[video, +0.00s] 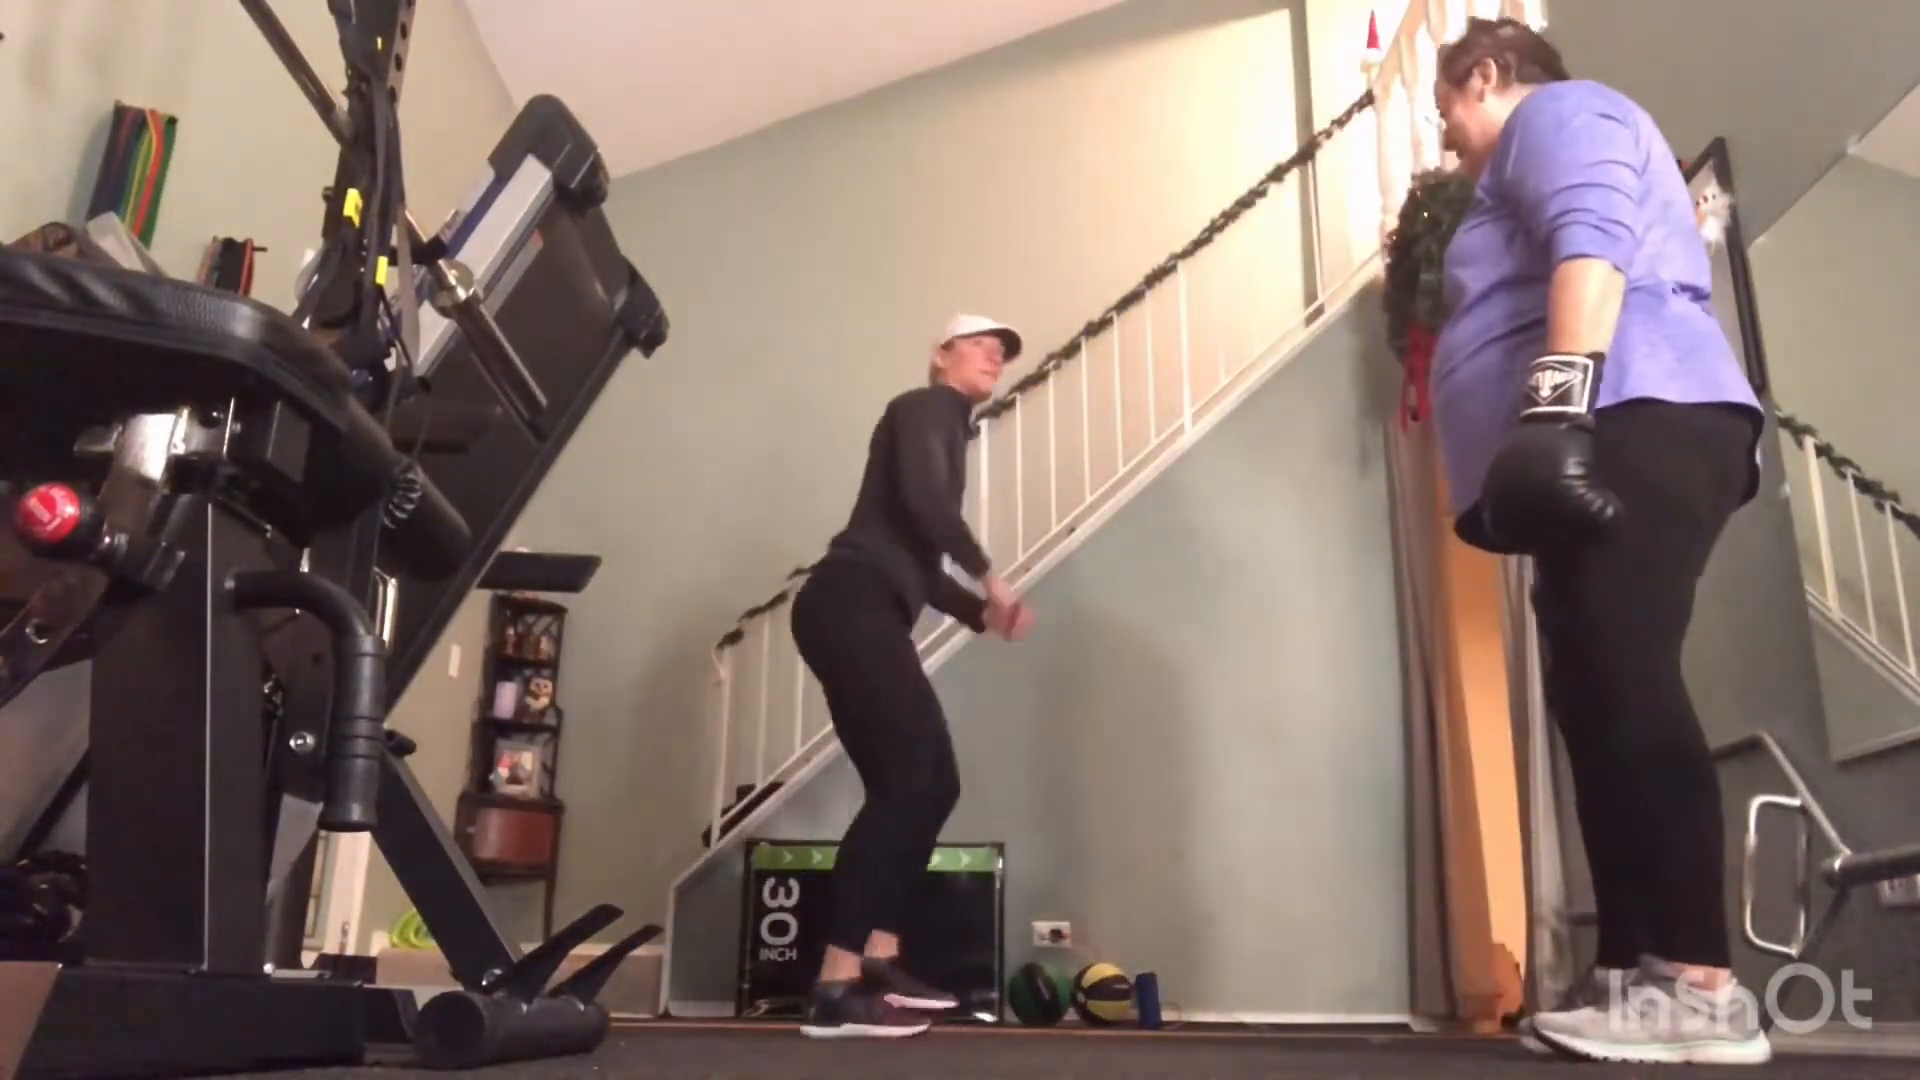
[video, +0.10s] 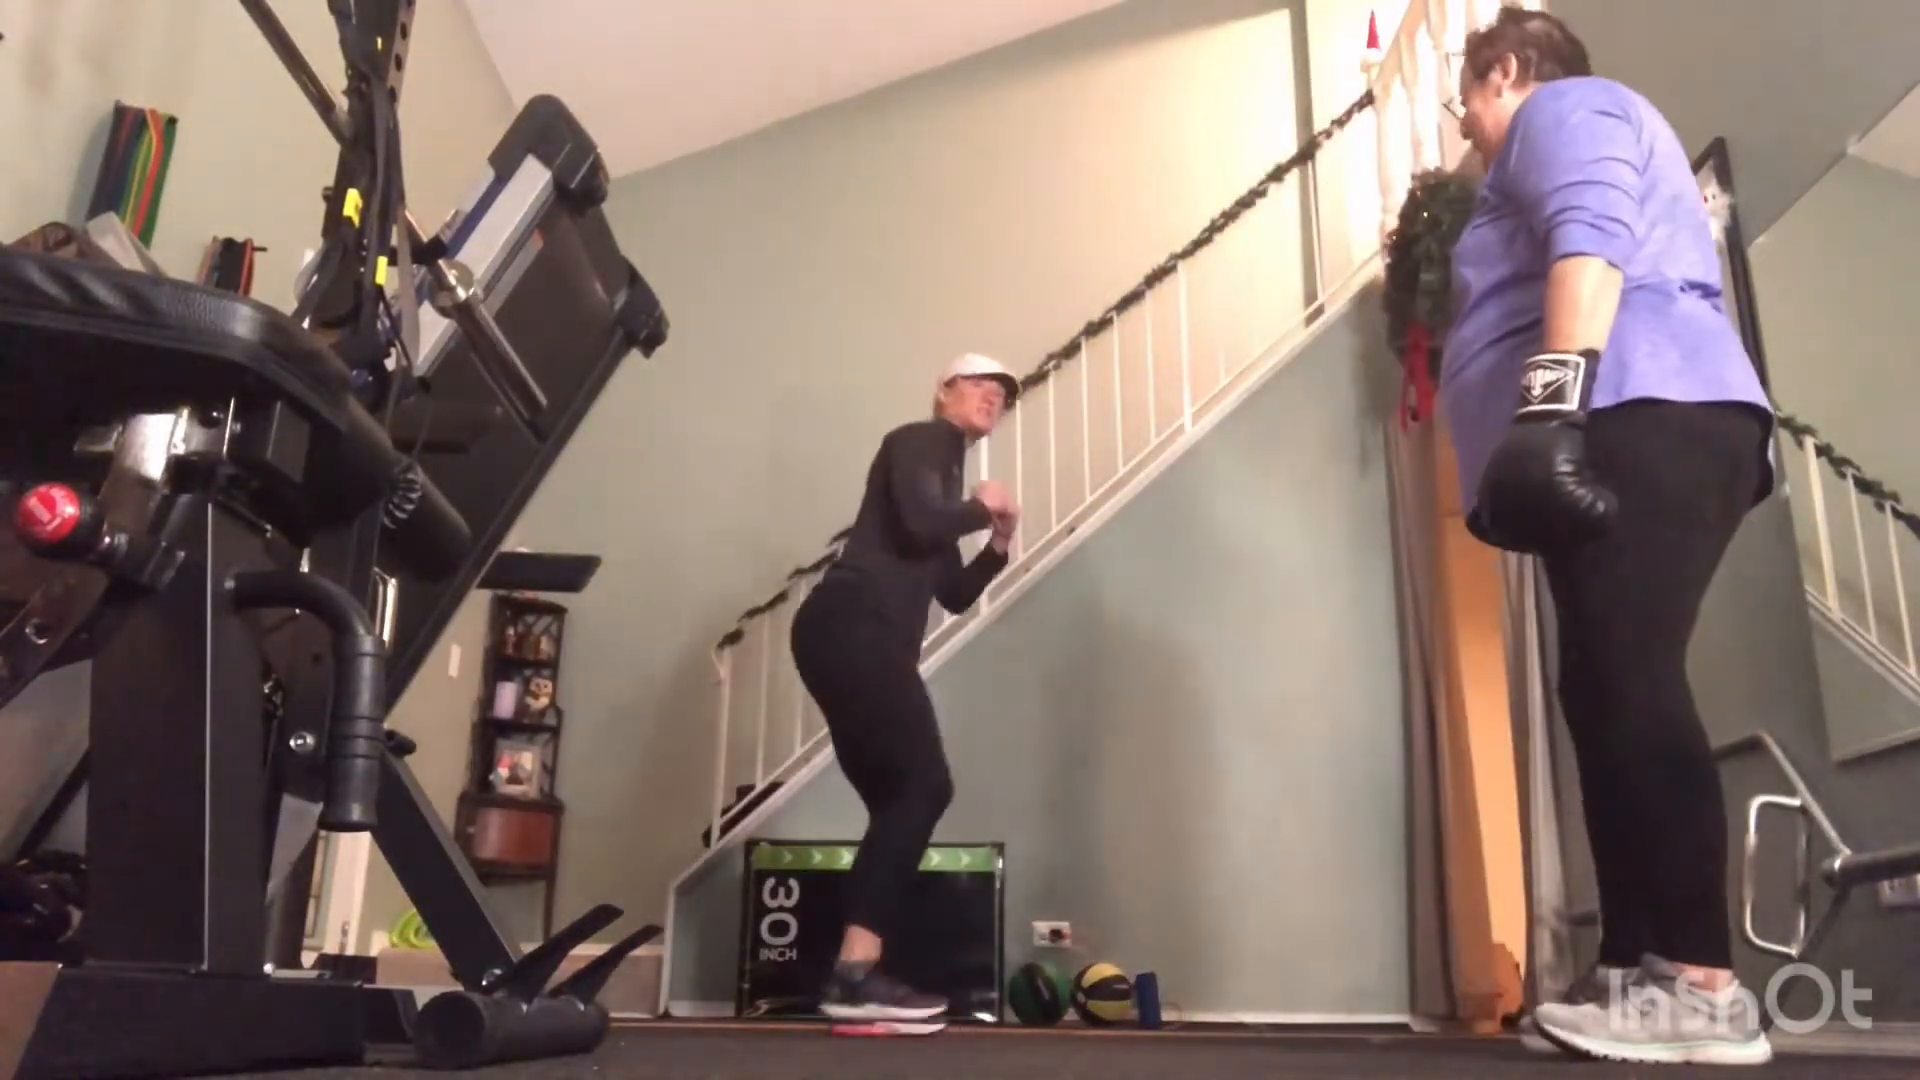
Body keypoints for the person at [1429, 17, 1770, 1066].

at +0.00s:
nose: (1447, 136)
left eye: (1448, 112)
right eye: (1441, 119)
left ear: (1487, 77)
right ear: (1502, 78)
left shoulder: (1563, 109)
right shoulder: (1515, 178)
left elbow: (1589, 242)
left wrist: (1555, 410)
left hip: (1651, 412)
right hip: (1608, 430)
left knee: (1623, 679)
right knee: (1587, 696)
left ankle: (1700, 986)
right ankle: (1635, 978)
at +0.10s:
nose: (1465, 126)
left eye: (1469, 101)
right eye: (1461, 108)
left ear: (1509, 73)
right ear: (1534, 73)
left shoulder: (1569, 106)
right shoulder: (1536, 169)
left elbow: (1588, 240)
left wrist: (1548, 407)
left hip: (1659, 410)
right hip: (1623, 427)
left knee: (1627, 680)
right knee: (1599, 690)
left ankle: (1701, 985)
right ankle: (1640, 977)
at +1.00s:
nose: (1437, 125)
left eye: (1453, 104)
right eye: (1426, 120)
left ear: (1515, 95)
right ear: (1437, 146)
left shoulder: (1560, 143)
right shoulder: (1481, 234)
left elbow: (1601, 260)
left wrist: (1576, 408)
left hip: (1640, 429)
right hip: (1580, 460)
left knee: (1621, 682)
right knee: (1603, 702)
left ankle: (1699, 984)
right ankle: (1682, 977)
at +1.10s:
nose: (1432, 129)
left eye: (1445, 106)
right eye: (1421, 124)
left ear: (1509, 95)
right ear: (1432, 150)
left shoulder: (1560, 143)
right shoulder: (1480, 234)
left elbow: (1612, 259)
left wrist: (1593, 411)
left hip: (1637, 434)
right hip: (1568, 472)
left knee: (1623, 684)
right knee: (1601, 708)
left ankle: (1699, 984)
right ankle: (1683, 977)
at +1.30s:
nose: (1426, 124)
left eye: (1440, 101)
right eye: (1412, 122)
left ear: (1500, 97)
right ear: (1416, 154)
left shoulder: (1548, 146)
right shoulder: (1455, 249)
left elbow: (1612, 262)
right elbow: (1486, 415)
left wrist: (1594, 411)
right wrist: (1510, 557)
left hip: (1628, 429)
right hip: (1542, 494)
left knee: (1615, 680)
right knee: (1594, 704)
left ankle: (1693, 975)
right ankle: (1683, 968)